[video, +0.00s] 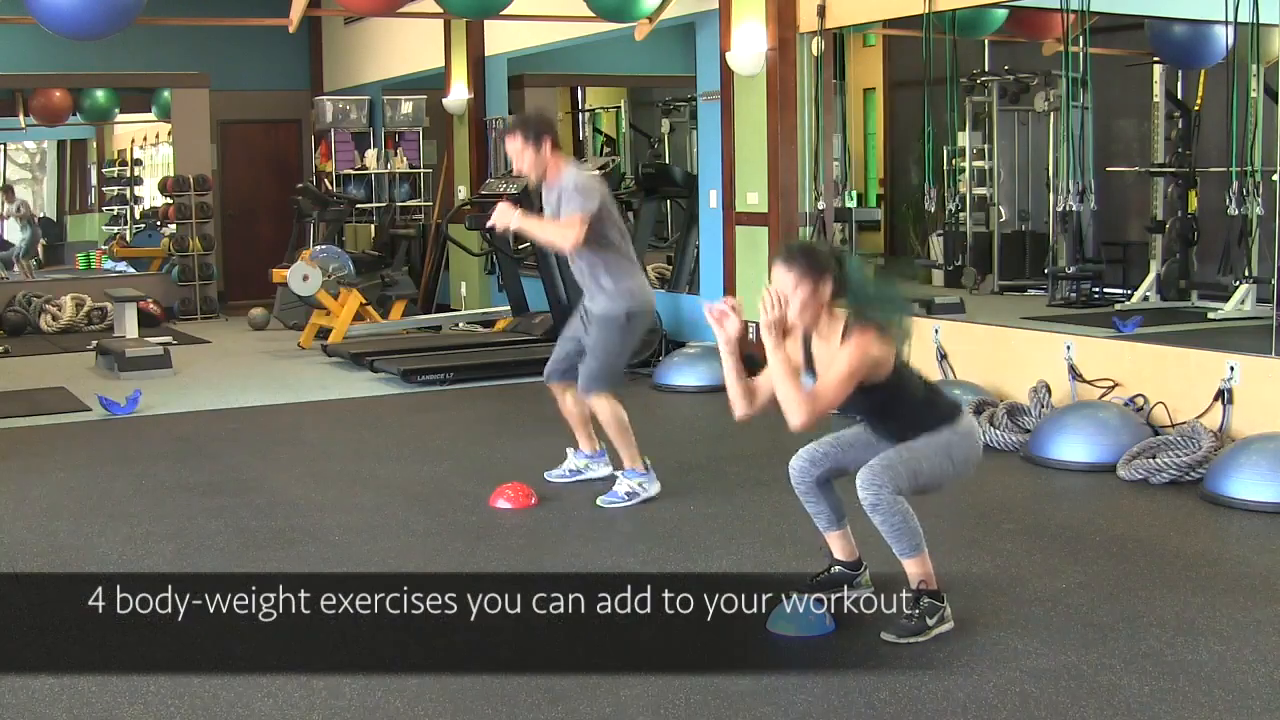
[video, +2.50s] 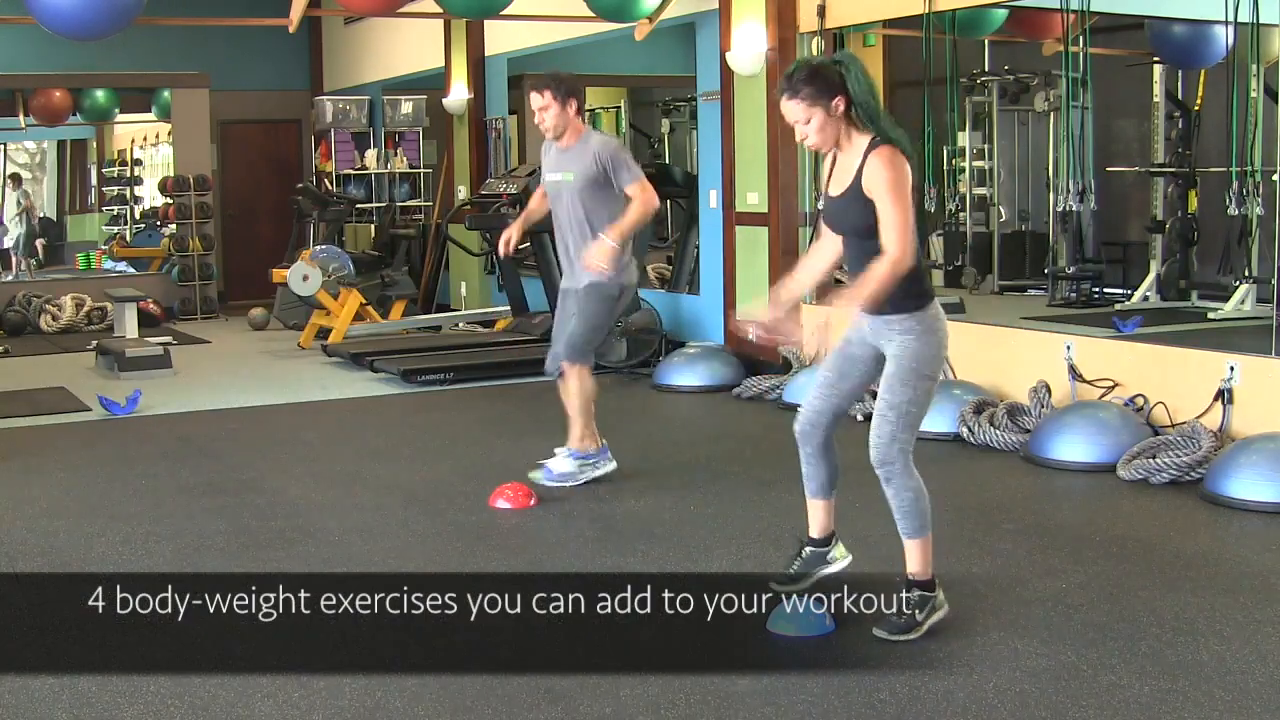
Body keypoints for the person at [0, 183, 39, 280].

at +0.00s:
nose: (4, 197)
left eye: (5, 194)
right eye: (3, 195)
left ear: (11, 193)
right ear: (4, 195)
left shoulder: (22, 203)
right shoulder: (9, 205)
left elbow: (26, 214)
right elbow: (7, 216)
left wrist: (14, 215)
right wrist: (3, 216)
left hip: (32, 232)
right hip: (24, 233)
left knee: (24, 256)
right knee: (16, 256)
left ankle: (32, 277)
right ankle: (26, 278)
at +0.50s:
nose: (1, 218)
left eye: (1, 216)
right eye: (1, 216)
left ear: (6, 216)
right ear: (8, 216)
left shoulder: (15, 225)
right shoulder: (14, 225)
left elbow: (4, 239)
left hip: (35, 247)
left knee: (18, 261)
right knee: (14, 260)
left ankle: (29, 279)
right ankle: (29, 279)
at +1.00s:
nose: (7, 192)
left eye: (7, 190)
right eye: (6, 190)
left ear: (10, 189)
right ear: (15, 187)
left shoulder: (21, 197)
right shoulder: (19, 198)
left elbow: (30, 206)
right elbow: (19, 212)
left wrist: (36, 219)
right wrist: (6, 214)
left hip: (26, 230)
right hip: (26, 230)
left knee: (10, 253)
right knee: (25, 257)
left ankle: (13, 276)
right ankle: (31, 277)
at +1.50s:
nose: (6, 213)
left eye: (8, 210)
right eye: (6, 211)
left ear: (14, 210)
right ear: (15, 210)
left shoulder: (20, 220)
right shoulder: (21, 219)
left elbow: (7, 231)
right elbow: (8, 231)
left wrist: (2, 218)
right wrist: (3, 219)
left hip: (41, 245)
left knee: (23, 261)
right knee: (25, 260)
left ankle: (36, 279)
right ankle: (36, 278)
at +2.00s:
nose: (7, 198)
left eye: (9, 195)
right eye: (7, 195)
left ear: (14, 195)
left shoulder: (21, 206)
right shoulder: (18, 207)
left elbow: (27, 214)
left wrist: (22, 227)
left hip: (35, 235)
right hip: (32, 235)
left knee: (23, 258)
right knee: (25, 258)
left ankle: (35, 279)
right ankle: (35, 278)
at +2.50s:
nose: (9, 185)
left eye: (11, 182)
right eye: (9, 182)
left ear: (17, 182)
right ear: (15, 182)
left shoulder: (21, 192)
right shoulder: (16, 194)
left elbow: (26, 205)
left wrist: (14, 215)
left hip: (26, 228)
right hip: (19, 228)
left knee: (23, 254)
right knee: (13, 251)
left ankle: (31, 277)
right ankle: (15, 274)